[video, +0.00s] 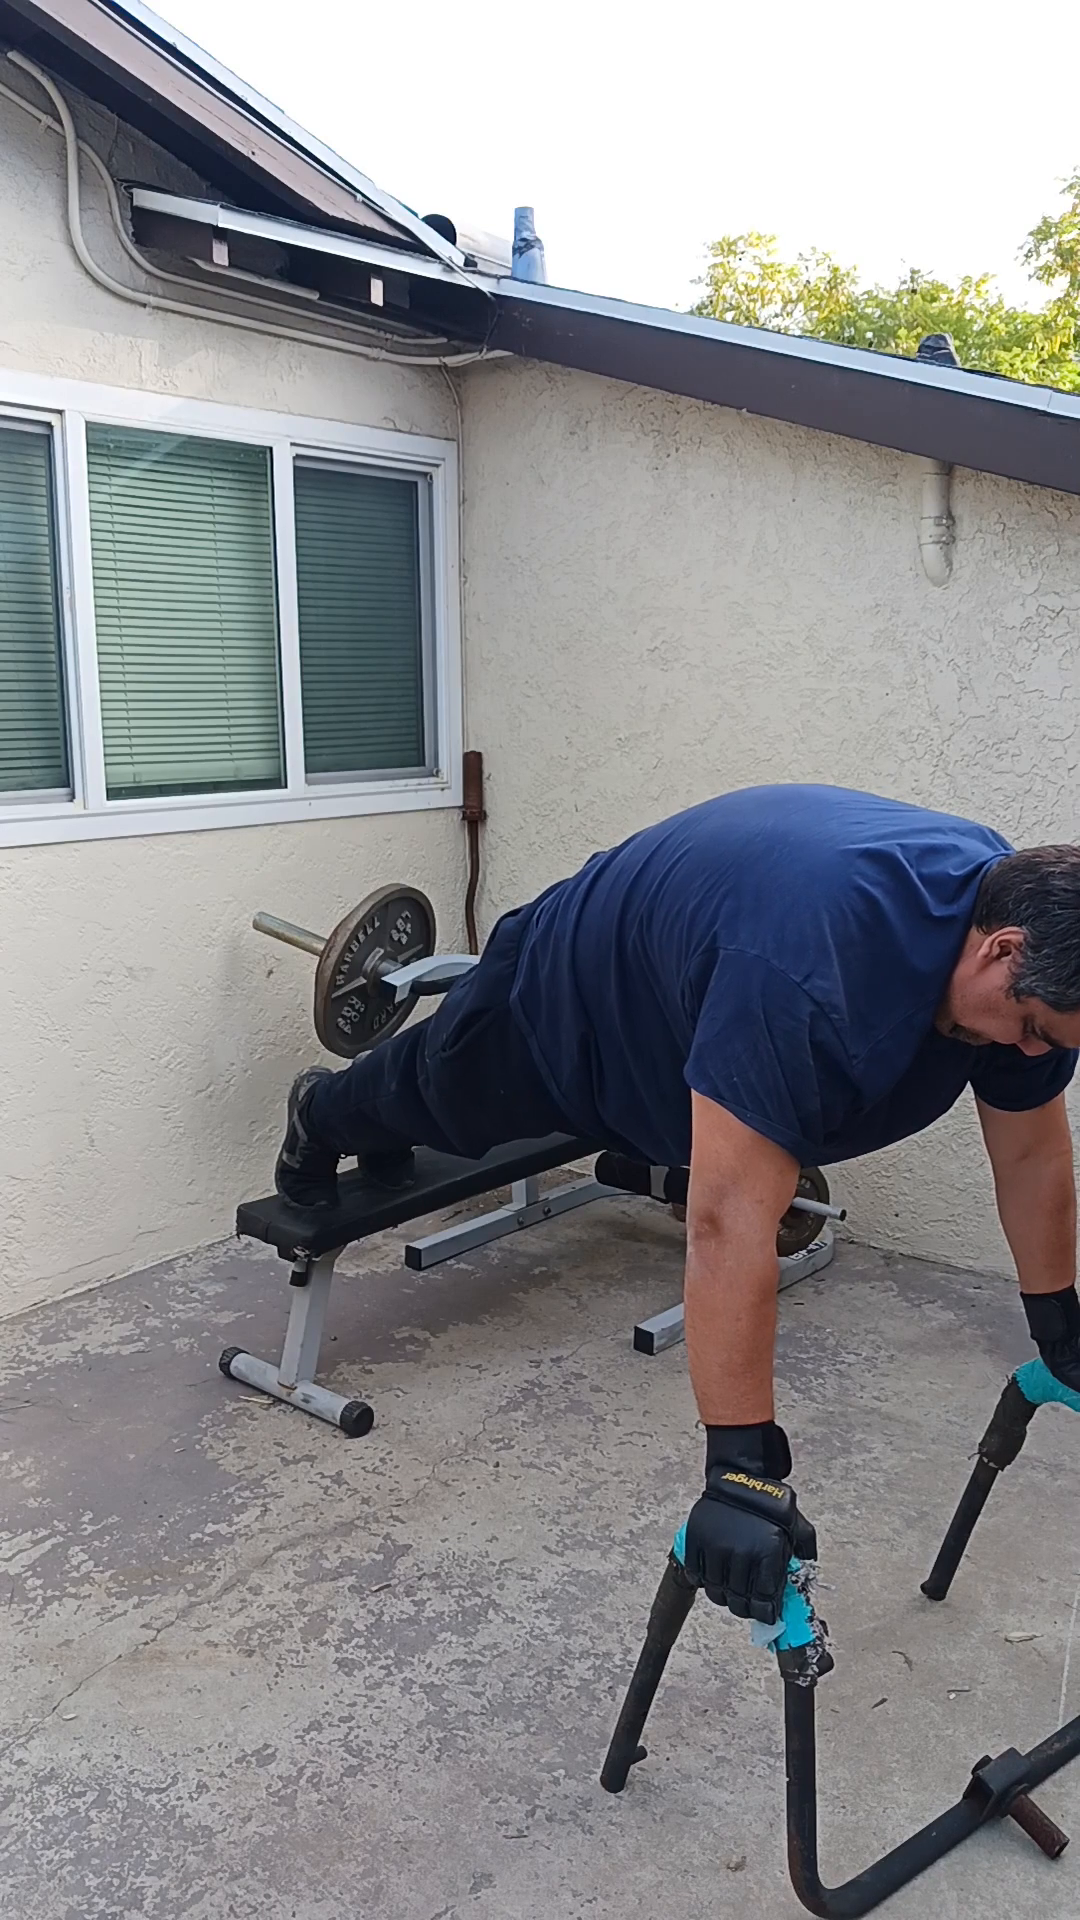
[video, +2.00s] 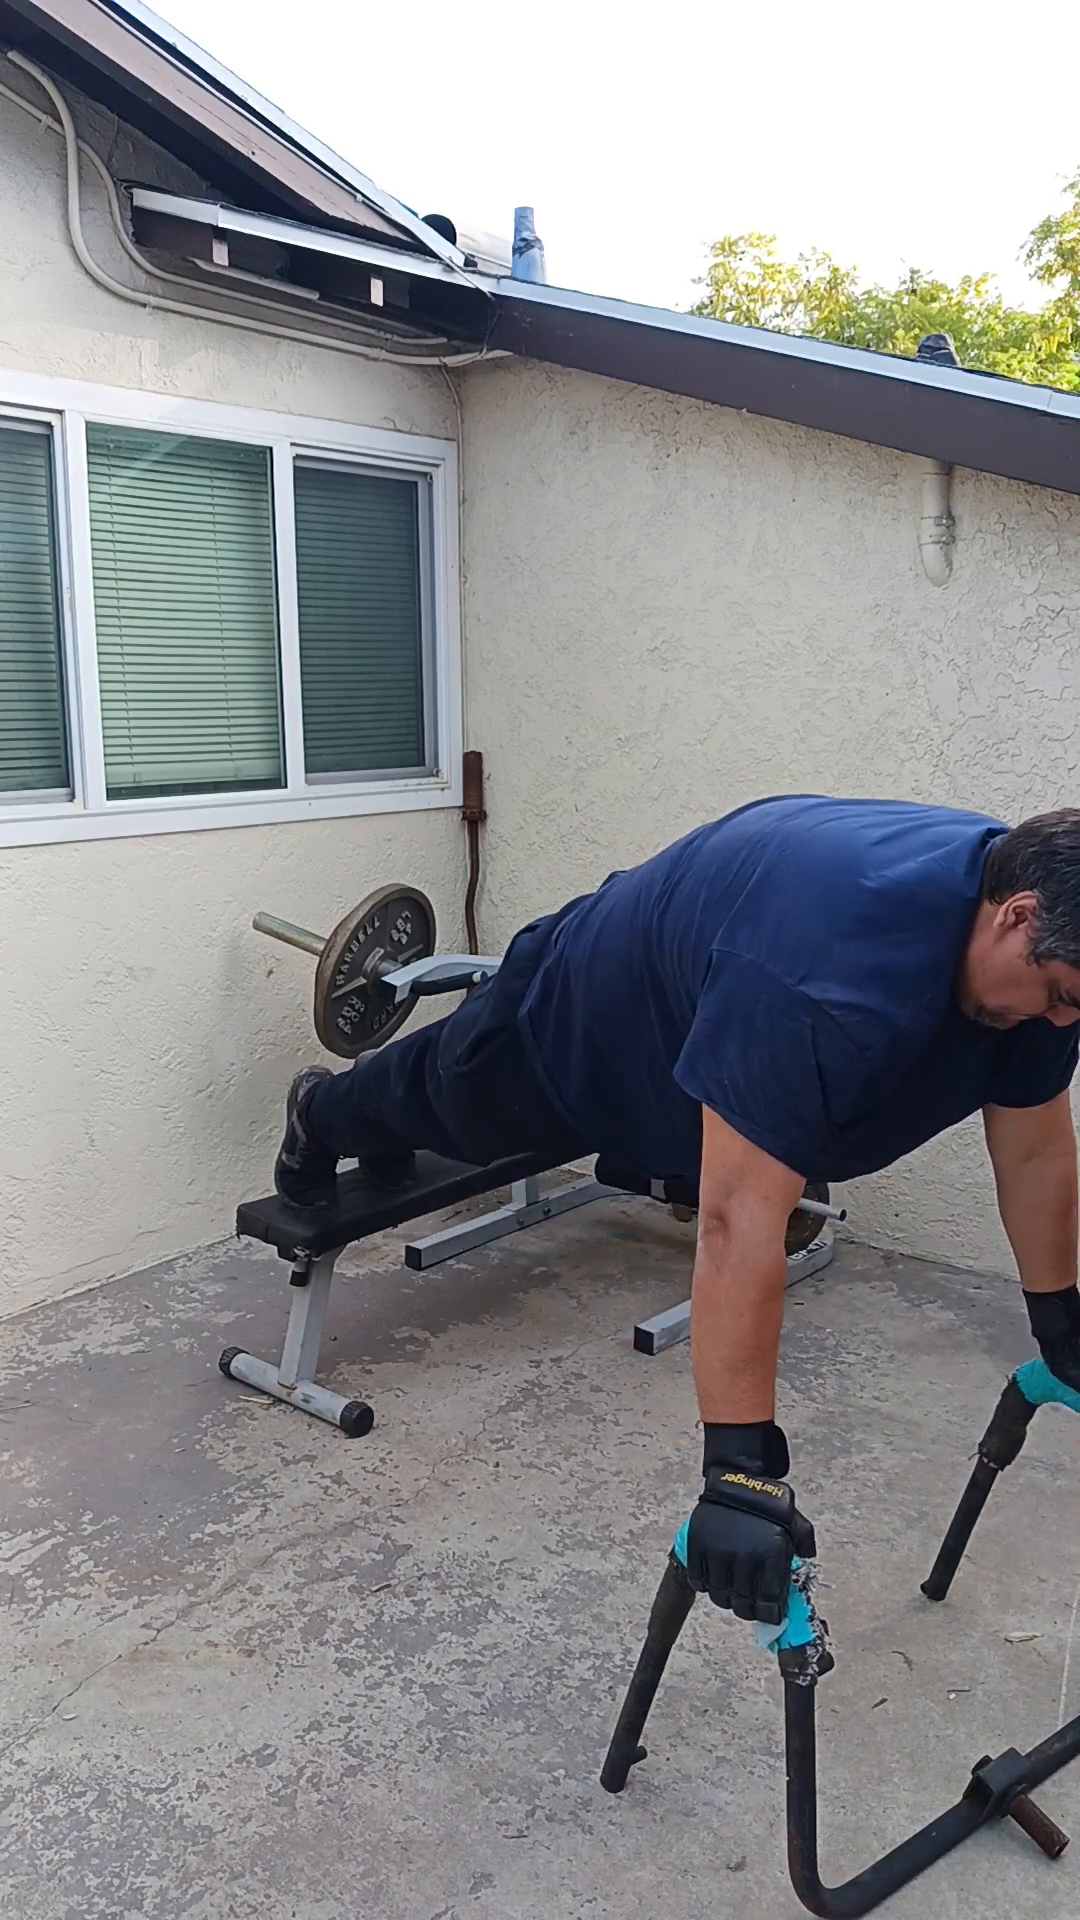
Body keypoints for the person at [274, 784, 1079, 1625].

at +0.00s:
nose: (1041, 1052)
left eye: (1056, 1040)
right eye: (1038, 1029)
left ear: (1013, 946)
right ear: (994, 953)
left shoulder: (1028, 964)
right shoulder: (810, 951)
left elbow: (1036, 1159)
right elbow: (727, 1218)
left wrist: (1058, 1325)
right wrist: (743, 1469)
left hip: (700, 997)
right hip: (573, 987)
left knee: (499, 1089)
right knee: (430, 1082)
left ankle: (390, 1123)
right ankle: (319, 1113)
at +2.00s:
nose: (1054, 1023)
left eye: (1072, 1007)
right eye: (1055, 993)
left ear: (1020, 915)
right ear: (1011, 918)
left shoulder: (1023, 958)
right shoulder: (818, 974)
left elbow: (1039, 1151)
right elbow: (736, 1223)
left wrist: (1059, 1321)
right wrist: (740, 1472)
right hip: (600, 995)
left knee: (516, 1100)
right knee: (440, 1078)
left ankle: (394, 1127)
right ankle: (317, 1114)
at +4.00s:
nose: (1054, 1029)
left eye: (1072, 1015)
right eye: (1057, 1000)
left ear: (1023, 924)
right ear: (1013, 926)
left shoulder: (1023, 965)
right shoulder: (819, 978)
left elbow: (1036, 1147)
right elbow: (737, 1225)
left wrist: (1057, 1320)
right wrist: (740, 1473)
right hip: (594, 1008)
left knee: (509, 1106)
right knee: (437, 1080)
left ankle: (404, 1134)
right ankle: (320, 1113)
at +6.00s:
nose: (1041, 1048)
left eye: (1061, 1035)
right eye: (1044, 1020)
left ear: (1016, 938)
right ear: (1004, 940)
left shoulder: (1017, 957)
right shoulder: (810, 973)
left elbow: (1033, 1147)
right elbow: (733, 1225)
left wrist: (1056, 1318)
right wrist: (739, 1475)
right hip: (584, 1005)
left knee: (508, 1097)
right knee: (428, 1080)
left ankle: (396, 1127)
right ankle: (314, 1112)